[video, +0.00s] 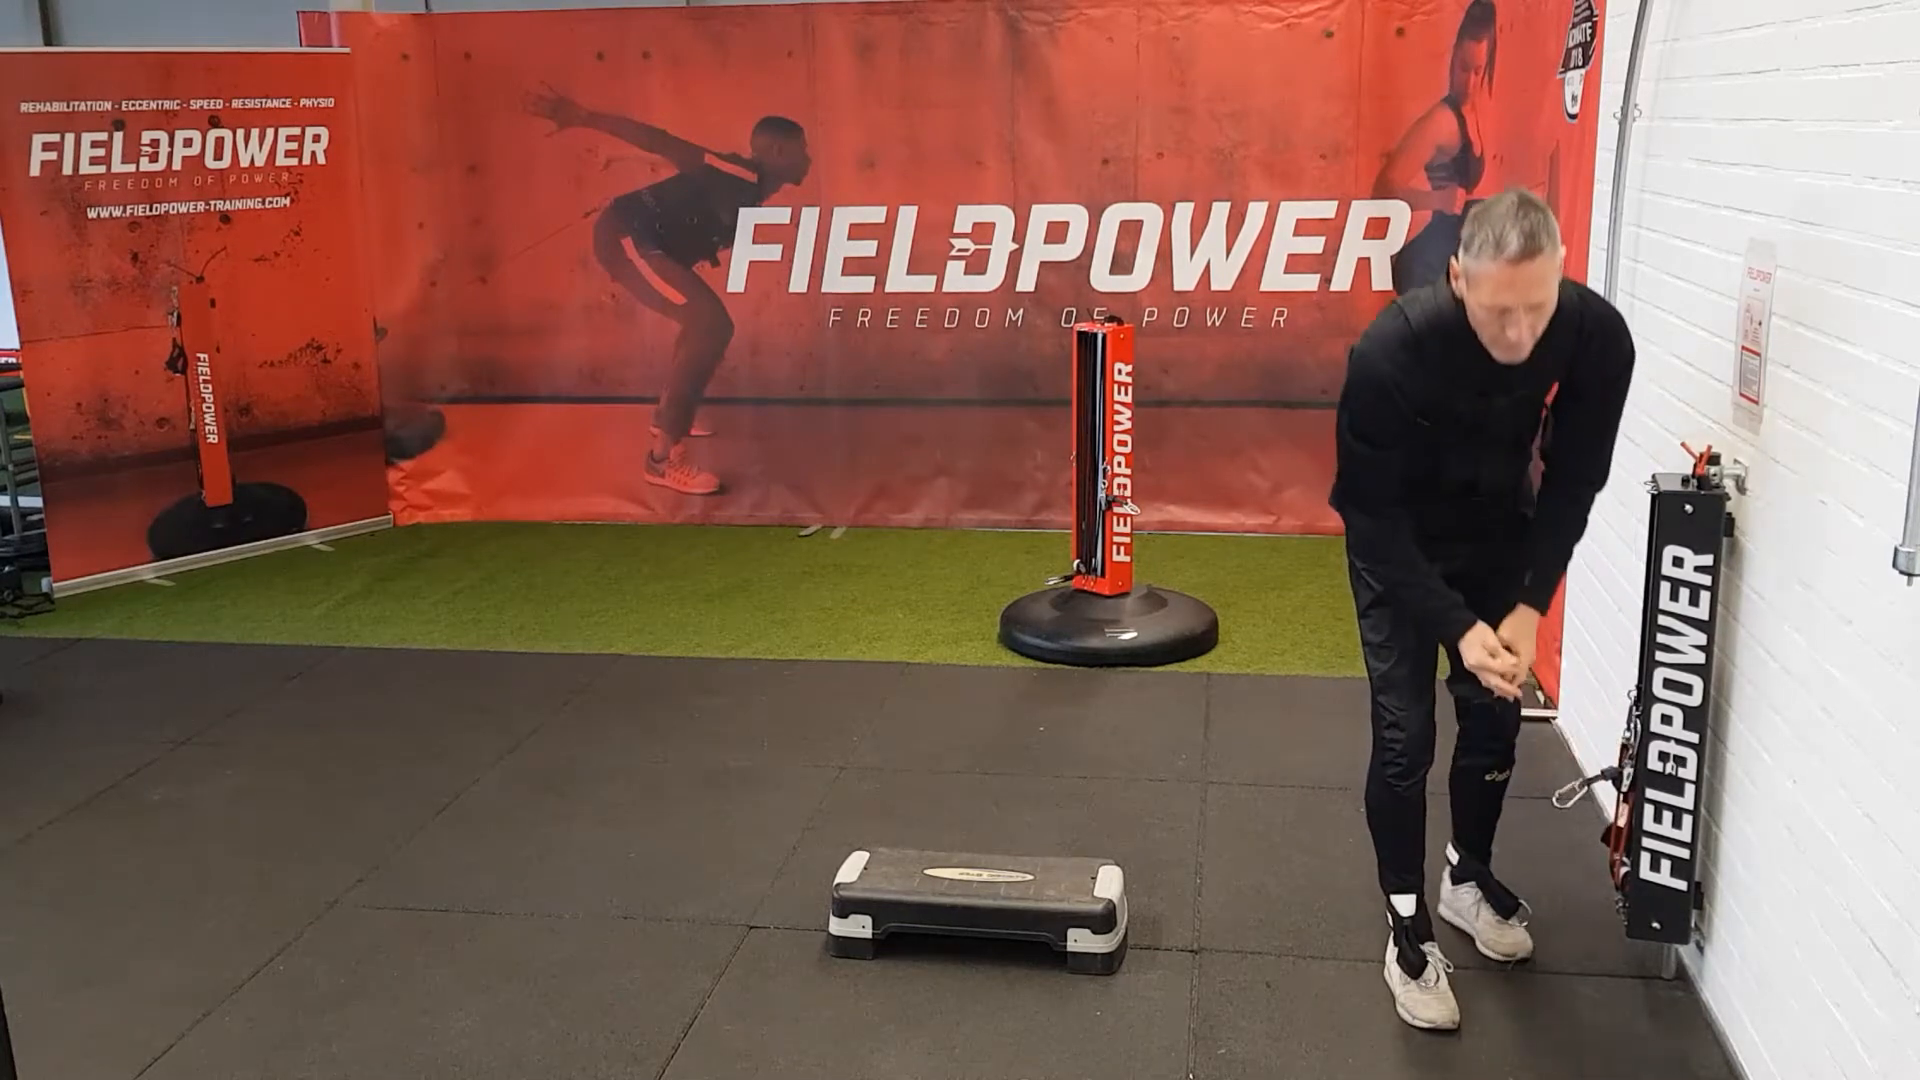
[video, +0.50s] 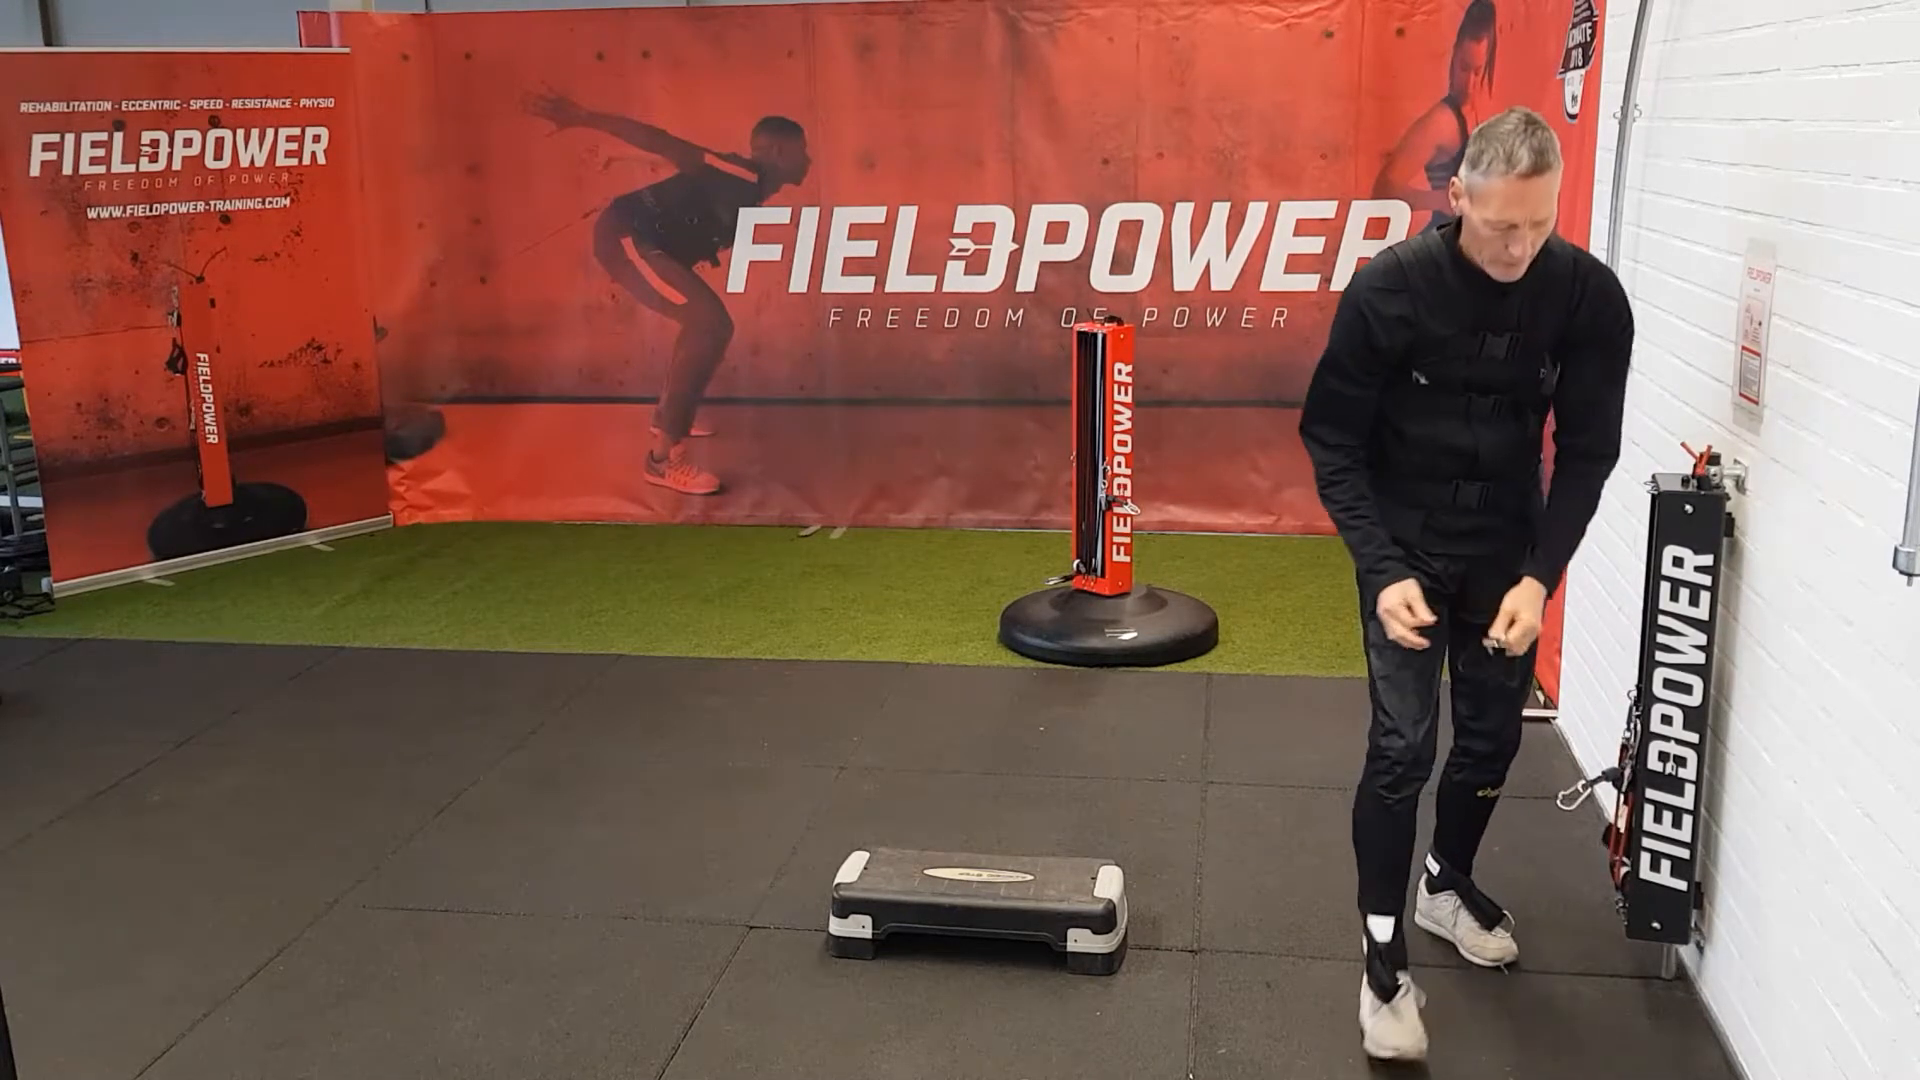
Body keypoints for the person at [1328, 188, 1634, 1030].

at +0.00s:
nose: (1517, 331)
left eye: (1534, 310)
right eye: (1497, 311)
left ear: (1561, 277)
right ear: (1459, 280)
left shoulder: (1596, 337)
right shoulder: (1391, 356)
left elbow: (1573, 484)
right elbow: (1373, 518)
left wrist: (1532, 604)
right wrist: (1459, 627)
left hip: (1497, 542)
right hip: (1398, 543)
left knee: (1491, 724)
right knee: (1406, 739)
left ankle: (1468, 880)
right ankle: (1407, 935)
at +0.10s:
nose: (1518, 296)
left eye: (1535, 275)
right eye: (1498, 276)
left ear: (1560, 245)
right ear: (1460, 244)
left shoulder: (1592, 314)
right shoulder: (1390, 328)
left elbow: (1571, 464)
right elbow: (1367, 491)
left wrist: (1526, 579)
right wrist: (1452, 602)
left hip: (1502, 546)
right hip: (1400, 544)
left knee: (1488, 728)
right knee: (1407, 740)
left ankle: (1452, 880)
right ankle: (1407, 929)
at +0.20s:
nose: (1524, 269)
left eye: (1541, 247)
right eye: (1505, 249)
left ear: (1562, 221)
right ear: (1462, 217)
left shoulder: (1593, 298)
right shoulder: (1392, 307)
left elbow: (1575, 447)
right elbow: (1363, 473)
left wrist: (1521, 559)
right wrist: (1444, 582)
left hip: (1505, 546)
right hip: (1401, 540)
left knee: (1485, 732)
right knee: (1410, 737)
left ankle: (1446, 884)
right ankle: (1407, 930)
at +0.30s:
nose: (1525, 255)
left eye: (1542, 233)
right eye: (1506, 234)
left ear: (1562, 209)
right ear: (1463, 204)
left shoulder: (1591, 294)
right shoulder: (1394, 293)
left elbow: (1579, 442)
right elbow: (1355, 451)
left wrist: (1524, 551)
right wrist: (1430, 572)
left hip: (1511, 543)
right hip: (1401, 539)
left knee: (1490, 733)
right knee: (1410, 735)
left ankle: (1449, 881)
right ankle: (1404, 923)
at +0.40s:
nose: (1523, 247)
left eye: (1541, 225)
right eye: (1504, 226)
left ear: (1560, 203)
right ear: (1461, 198)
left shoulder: (1589, 293)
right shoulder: (1394, 287)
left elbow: (1585, 446)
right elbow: (1343, 440)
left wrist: (1530, 559)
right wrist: (1409, 567)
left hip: (1511, 539)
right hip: (1400, 534)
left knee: (1493, 733)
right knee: (1408, 732)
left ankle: (1449, 884)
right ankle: (1392, 926)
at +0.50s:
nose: (1518, 248)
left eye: (1536, 226)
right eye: (1498, 226)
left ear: (1559, 204)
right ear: (1457, 198)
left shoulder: (1590, 299)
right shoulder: (1388, 293)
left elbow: (1589, 451)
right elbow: (1332, 437)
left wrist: (1541, 575)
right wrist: (1382, 570)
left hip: (1509, 558)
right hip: (1401, 553)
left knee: (1488, 741)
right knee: (1403, 750)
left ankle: (1446, 882)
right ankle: (1383, 969)